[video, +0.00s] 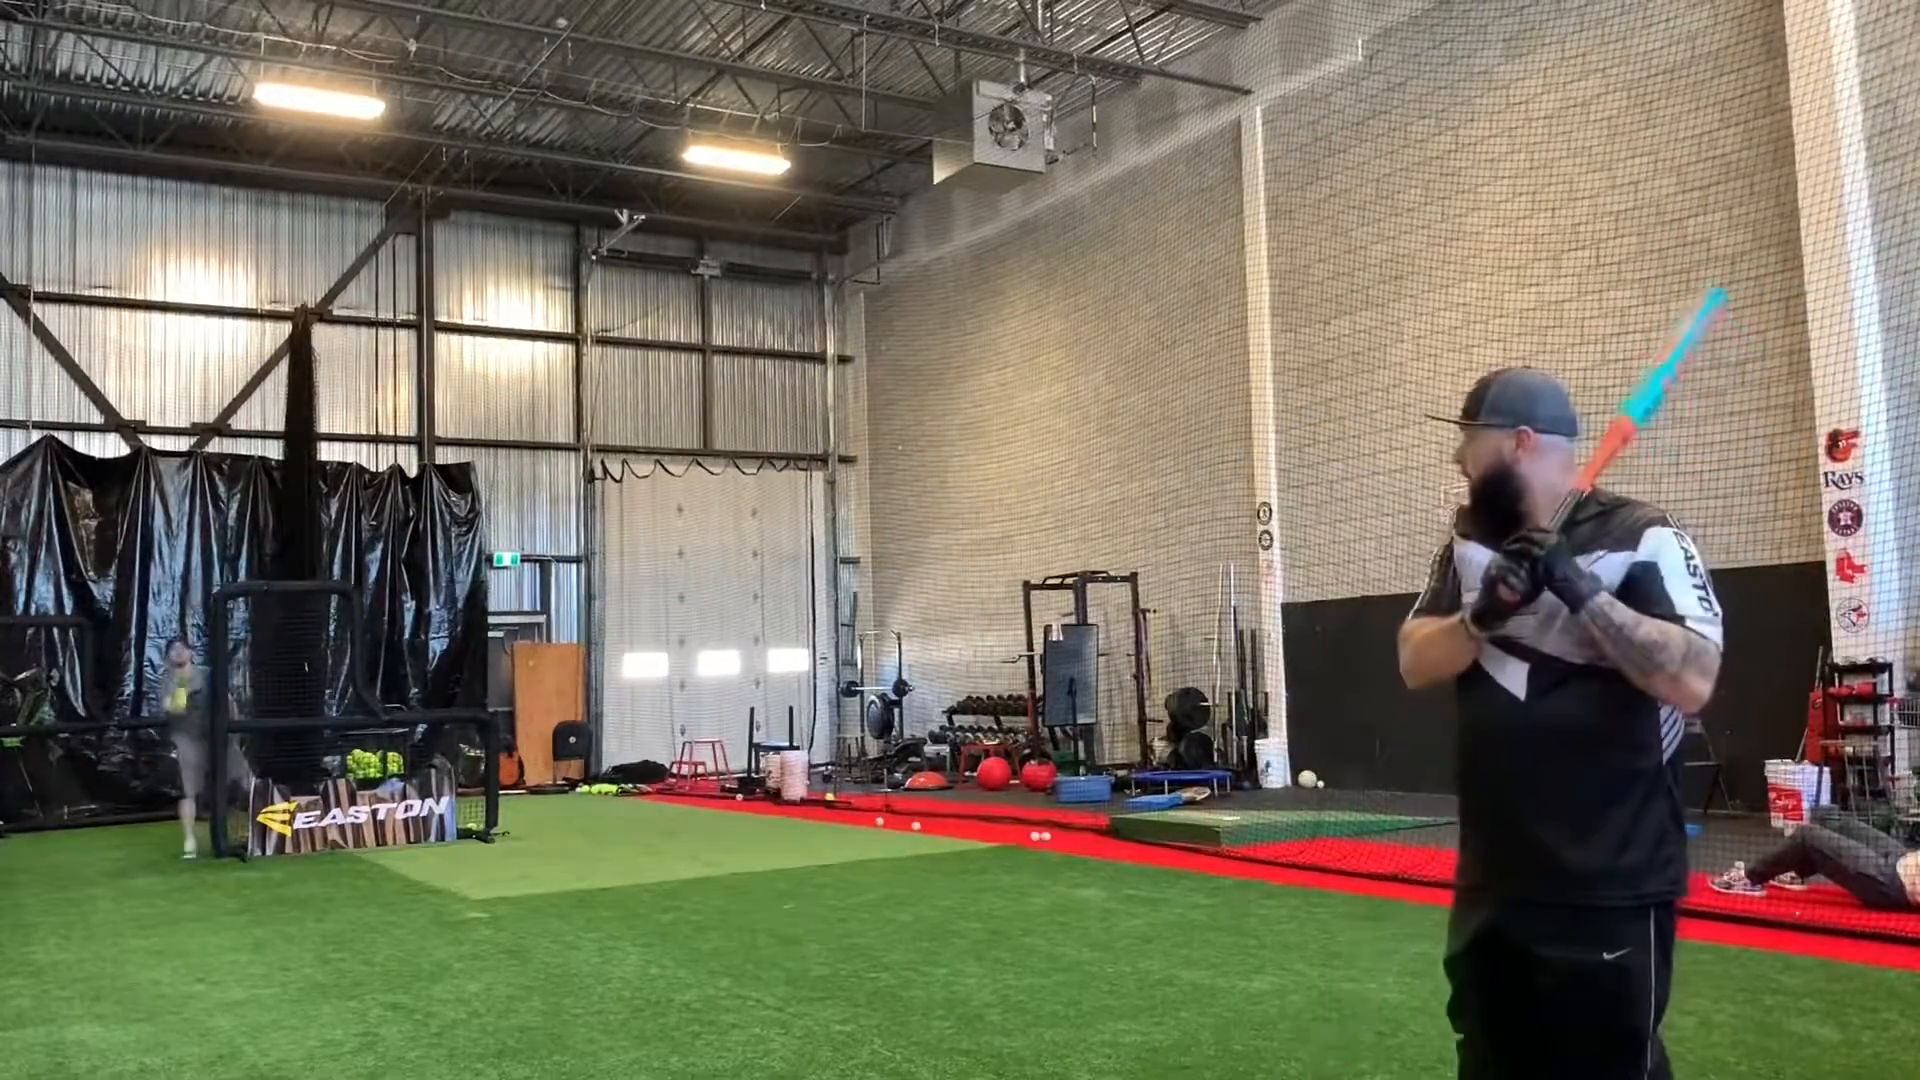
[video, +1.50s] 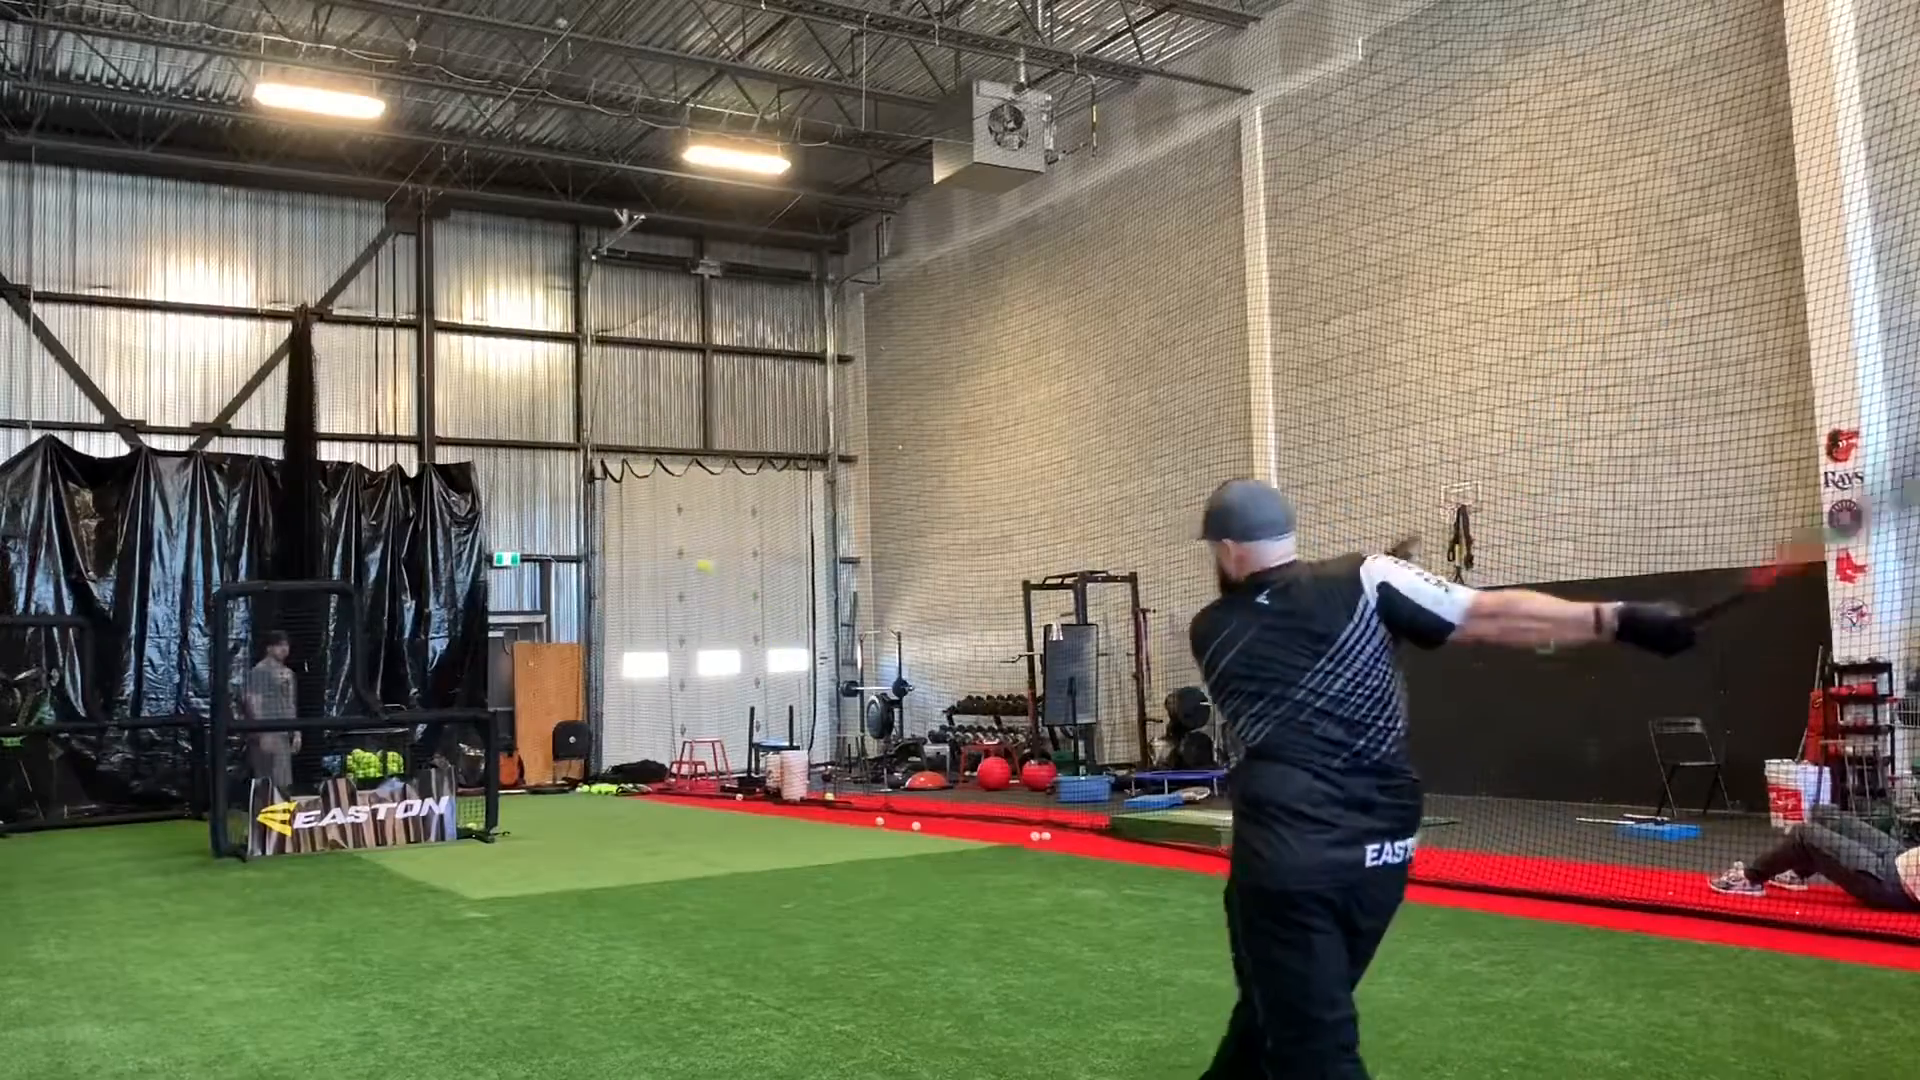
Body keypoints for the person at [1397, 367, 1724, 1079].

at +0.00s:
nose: (1459, 457)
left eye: (1469, 439)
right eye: (1461, 441)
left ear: (1522, 441)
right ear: (1519, 445)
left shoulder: (1645, 538)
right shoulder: (1470, 544)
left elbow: (1692, 681)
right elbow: (1415, 663)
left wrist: (1581, 590)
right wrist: (1479, 620)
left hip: (1609, 881)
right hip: (1493, 872)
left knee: (1610, 1059)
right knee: (1491, 1059)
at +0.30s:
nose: (1439, 461)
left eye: (1449, 443)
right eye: (1441, 446)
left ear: (1501, 446)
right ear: (1498, 449)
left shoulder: (1622, 544)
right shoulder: (1443, 551)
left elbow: (1672, 688)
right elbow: (1394, 659)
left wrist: (1570, 602)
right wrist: (1469, 619)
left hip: (1585, 886)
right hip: (1475, 880)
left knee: (1589, 1062)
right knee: (1487, 1061)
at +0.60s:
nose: (1394, 490)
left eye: (1406, 473)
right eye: (1399, 474)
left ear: (1456, 482)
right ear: (1454, 483)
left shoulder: (1590, 583)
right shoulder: (1398, 580)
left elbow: (1663, 722)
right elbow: (1381, 699)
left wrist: (1580, 678)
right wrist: (1478, 689)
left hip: (1558, 874)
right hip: (1431, 859)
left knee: (1583, 1062)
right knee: (1362, 998)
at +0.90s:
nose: (1299, 538)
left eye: (1311, 524)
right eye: (1303, 525)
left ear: (1356, 538)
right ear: (1352, 540)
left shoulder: (1478, 616)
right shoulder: (1302, 619)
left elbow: (1579, 733)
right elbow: (1312, 716)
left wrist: (1519, 697)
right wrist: (1428, 712)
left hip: (1467, 868)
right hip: (1347, 857)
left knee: (1511, 1052)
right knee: (1224, 946)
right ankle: (1210, 1070)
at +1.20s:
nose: (1230, 587)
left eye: (1240, 575)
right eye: (1232, 574)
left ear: (1275, 585)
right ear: (1306, 580)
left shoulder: (1262, 672)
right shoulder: (1347, 646)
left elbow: (1164, 769)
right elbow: (1215, 651)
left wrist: (1103, 732)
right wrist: (1122, 667)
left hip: (1292, 903)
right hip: (1352, 892)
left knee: (1290, 1062)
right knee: (1203, 1004)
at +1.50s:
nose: (1213, 557)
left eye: (1212, 546)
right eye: (1217, 543)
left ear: (1225, 551)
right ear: (1291, 534)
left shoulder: (1210, 632)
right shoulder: (1364, 581)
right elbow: (1487, 617)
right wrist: (1615, 618)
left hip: (1281, 869)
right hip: (1380, 862)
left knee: (1319, 1056)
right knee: (1263, 1032)